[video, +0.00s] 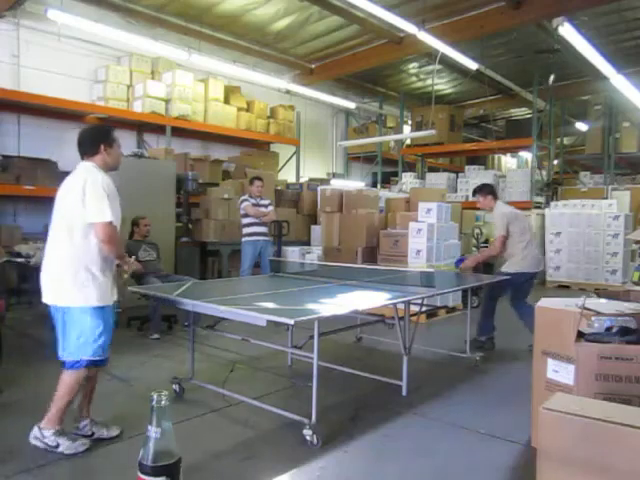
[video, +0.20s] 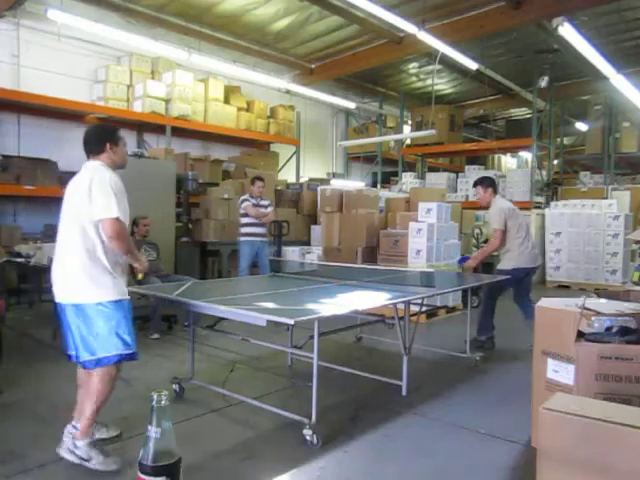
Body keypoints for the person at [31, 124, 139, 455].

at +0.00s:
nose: (121, 152)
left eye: (119, 146)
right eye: (117, 146)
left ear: (93, 150)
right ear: (104, 149)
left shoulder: (78, 178)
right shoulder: (95, 179)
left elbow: (90, 234)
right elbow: (105, 233)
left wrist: (118, 256)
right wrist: (124, 258)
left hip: (74, 287)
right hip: (83, 289)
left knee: (92, 357)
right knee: (83, 360)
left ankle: (84, 422)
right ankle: (48, 428)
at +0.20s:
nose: (126, 151)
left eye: (125, 145)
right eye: (123, 145)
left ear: (96, 149)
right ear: (108, 148)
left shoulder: (82, 177)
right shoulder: (103, 177)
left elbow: (92, 233)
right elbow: (112, 231)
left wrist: (128, 244)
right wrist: (136, 258)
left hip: (74, 287)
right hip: (94, 289)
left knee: (89, 361)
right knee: (108, 363)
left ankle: (82, 423)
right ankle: (79, 440)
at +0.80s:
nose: (120, 171)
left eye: (119, 165)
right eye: (117, 165)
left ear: (91, 169)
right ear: (104, 168)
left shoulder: (71, 199)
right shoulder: (109, 200)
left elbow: (68, 247)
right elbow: (131, 257)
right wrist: (142, 273)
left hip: (61, 292)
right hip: (94, 299)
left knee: (78, 337)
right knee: (125, 366)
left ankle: (45, 384)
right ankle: (102, 457)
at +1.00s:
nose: (105, 175)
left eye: (102, 170)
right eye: (100, 170)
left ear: (80, 175)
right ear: (85, 174)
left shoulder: (66, 200)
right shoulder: (81, 206)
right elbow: (81, 257)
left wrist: (107, 259)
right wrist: (108, 275)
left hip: (46, 287)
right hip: (65, 293)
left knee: (57, 345)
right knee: (83, 360)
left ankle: (30, 394)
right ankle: (91, 445)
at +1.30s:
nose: (93, 169)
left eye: (92, 164)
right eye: (89, 164)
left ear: (69, 166)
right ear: (73, 165)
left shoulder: (55, 189)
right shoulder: (65, 190)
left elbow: (55, 237)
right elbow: (62, 237)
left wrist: (82, 257)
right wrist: (84, 257)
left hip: (25, 278)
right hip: (41, 280)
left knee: (40, 342)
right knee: (52, 347)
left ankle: (32, 393)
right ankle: (39, 429)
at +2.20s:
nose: (84, 179)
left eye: (84, 174)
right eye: (81, 174)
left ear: (56, 174)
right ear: (65, 174)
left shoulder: (29, 197)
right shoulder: (67, 200)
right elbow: (94, 240)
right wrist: (121, 252)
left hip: (7, 282)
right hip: (32, 284)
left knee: (35, 345)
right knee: (42, 350)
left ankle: (30, 396)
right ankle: (32, 431)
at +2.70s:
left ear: (52, 171)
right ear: (70, 172)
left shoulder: (34, 196)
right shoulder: (67, 199)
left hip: (9, 280)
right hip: (35, 284)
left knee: (35, 346)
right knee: (44, 353)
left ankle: (26, 396)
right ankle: (40, 424)